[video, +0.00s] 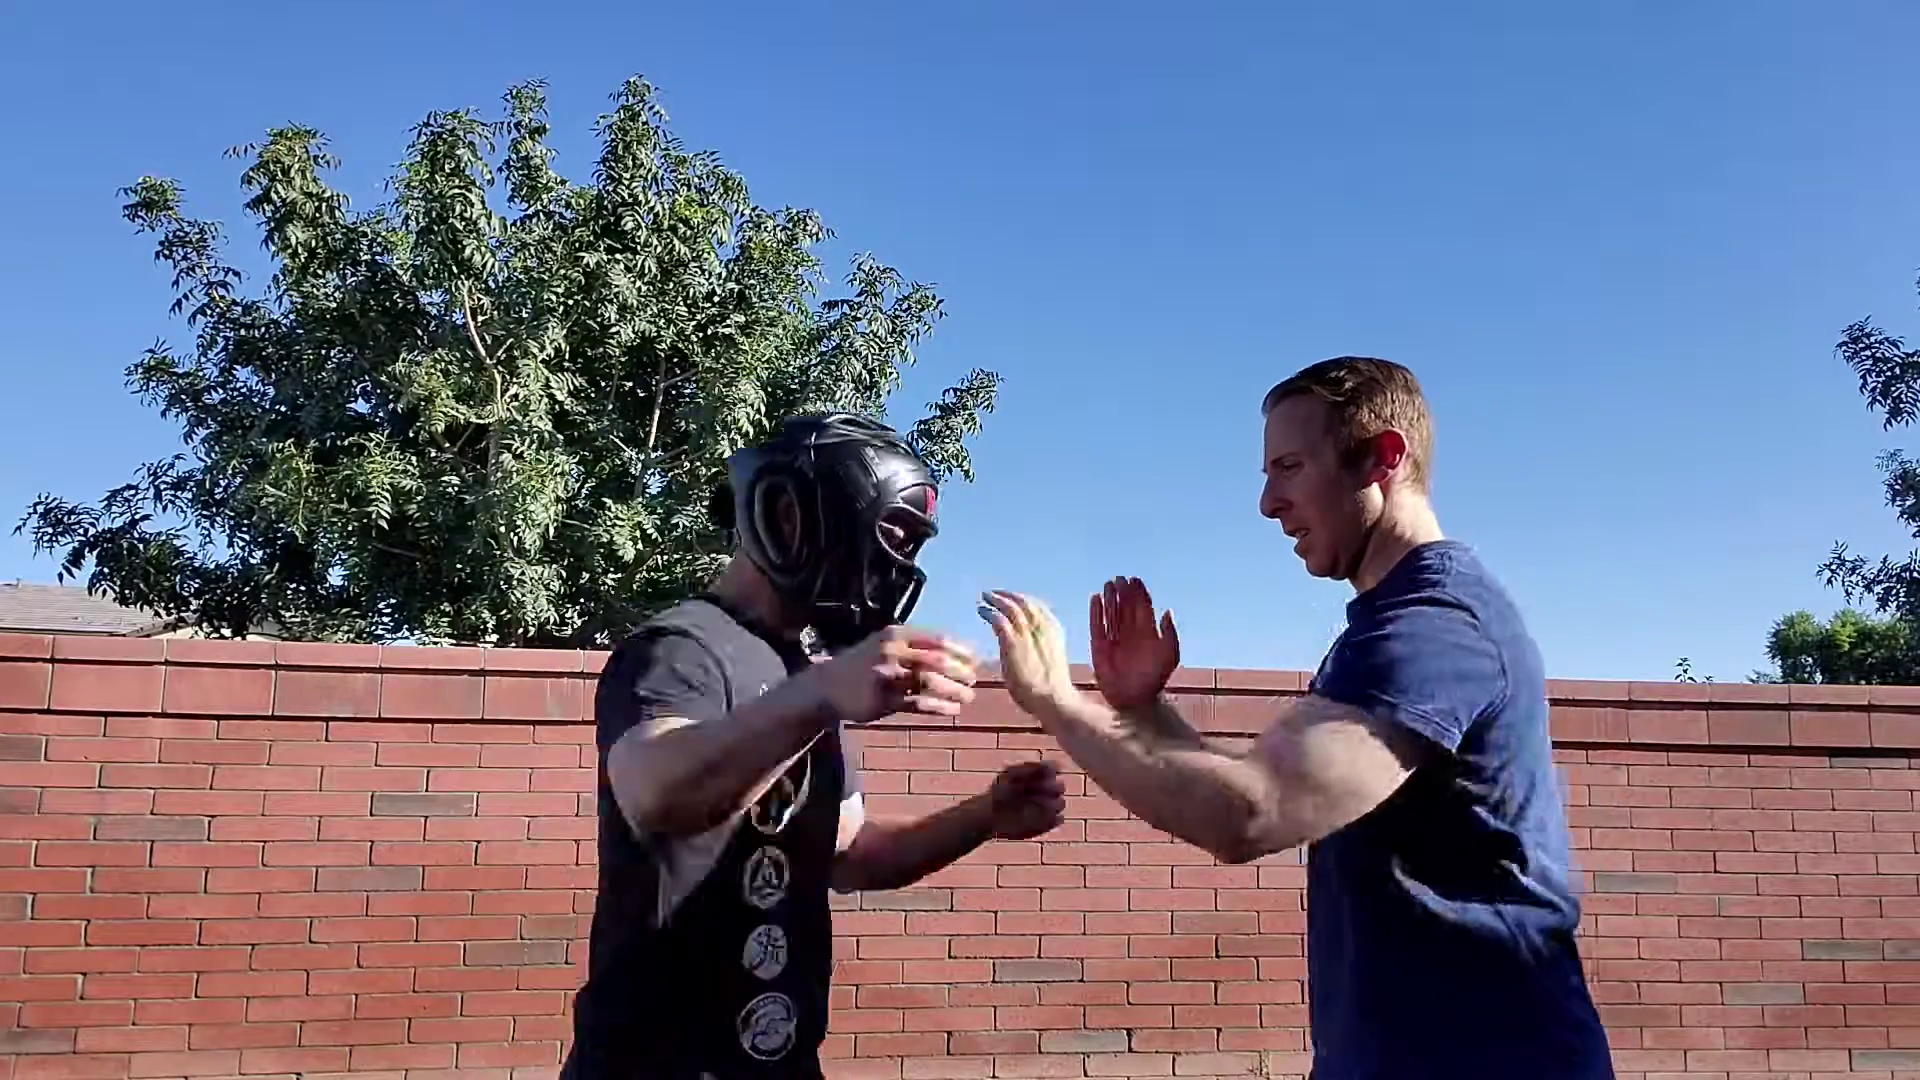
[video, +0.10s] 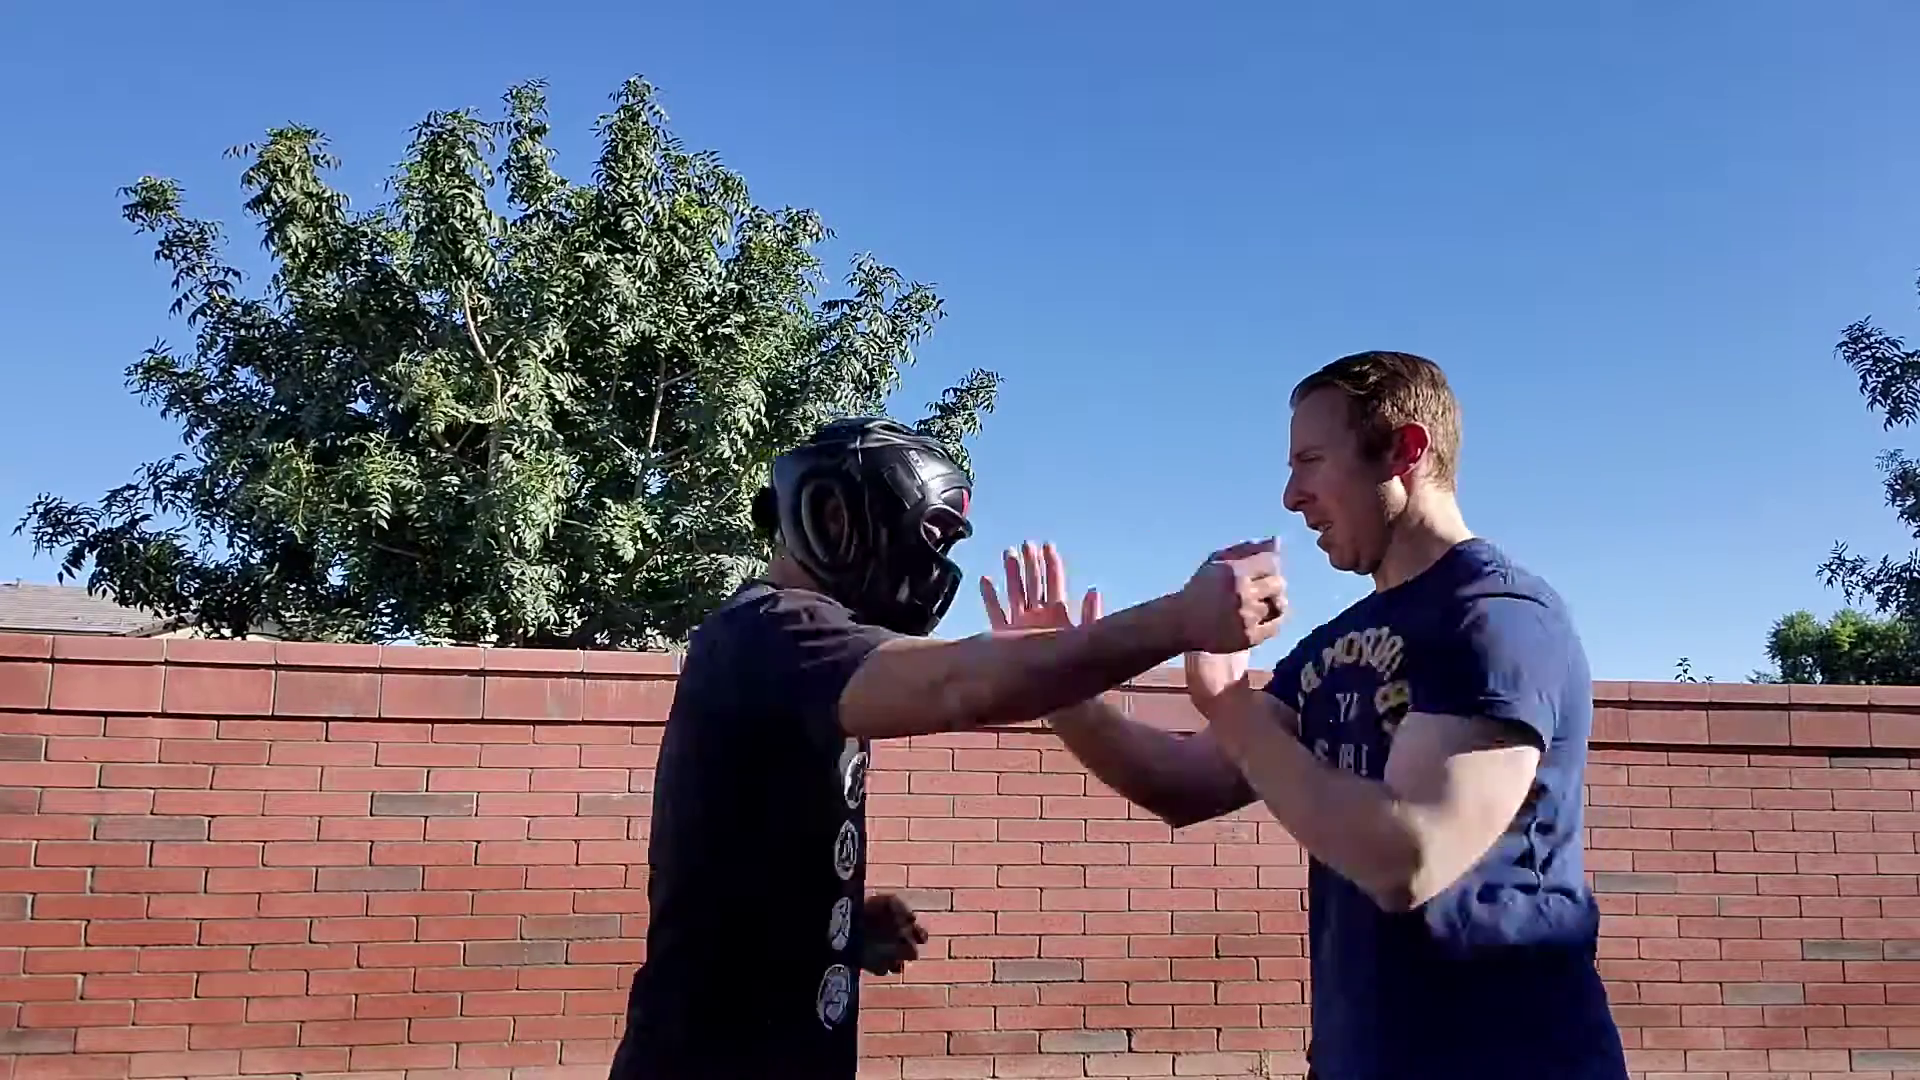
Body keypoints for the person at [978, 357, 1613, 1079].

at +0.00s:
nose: (1267, 502)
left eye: (1288, 467)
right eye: (1269, 473)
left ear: (1382, 462)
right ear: (1381, 469)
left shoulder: (1440, 621)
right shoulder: (1386, 623)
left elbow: (1247, 817)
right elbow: (1260, 796)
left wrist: (1056, 706)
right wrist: (1147, 710)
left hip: (1478, 1056)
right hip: (1395, 1052)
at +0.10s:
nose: (1291, 493)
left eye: (1310, 460)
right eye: (1293, 465)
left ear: (1404, 453)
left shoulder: (1503, 616)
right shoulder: (1327, 651)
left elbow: (1407, 860)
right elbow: (1188, 783)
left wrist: (1232, 704)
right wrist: (1066, 696)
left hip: (1506, 1050)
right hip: (1361, 1047)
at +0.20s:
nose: (1317, 496)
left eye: (1334, 462)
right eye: (1320, 467)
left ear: (1425, 455)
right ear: (1423, 459)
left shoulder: (1552, 619)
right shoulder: (1354, 640)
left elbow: (1462, 846)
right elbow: (1207, 789)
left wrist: (1292, 704)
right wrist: (1053, 751)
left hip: (1539, 1052)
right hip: (1376, 1047)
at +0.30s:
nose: (1321, 499)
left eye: (1338, 464)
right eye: (1324, 472)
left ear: (1428, 458)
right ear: (1427, 461)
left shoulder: (1534, 609)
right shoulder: (1370, 647)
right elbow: (1190, 799)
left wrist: (1210, 680)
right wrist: (1033, 730)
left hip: (1530, 1052)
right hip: (1382, 1050)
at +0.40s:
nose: (1312, 502)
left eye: (1331, 468)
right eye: (1315, 473)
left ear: (1418, 460)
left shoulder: (1486, 603)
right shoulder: (1425, 621)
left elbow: (1222, 680)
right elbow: (1253, 768)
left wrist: (1079, 608)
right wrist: (1106, 708)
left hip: (1497, 1040)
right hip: (1389, 1036)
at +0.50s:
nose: (1303, 510)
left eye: (1320, 474)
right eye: (1306, 481)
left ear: (1405, 465)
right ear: (1402, 472)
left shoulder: (1472, 600)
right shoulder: (1415, 621)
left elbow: (1212, 673)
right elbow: (1242, 771)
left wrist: (1046, 607)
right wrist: (1085, 713)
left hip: (1486, 1036)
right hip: (1383, 1030)